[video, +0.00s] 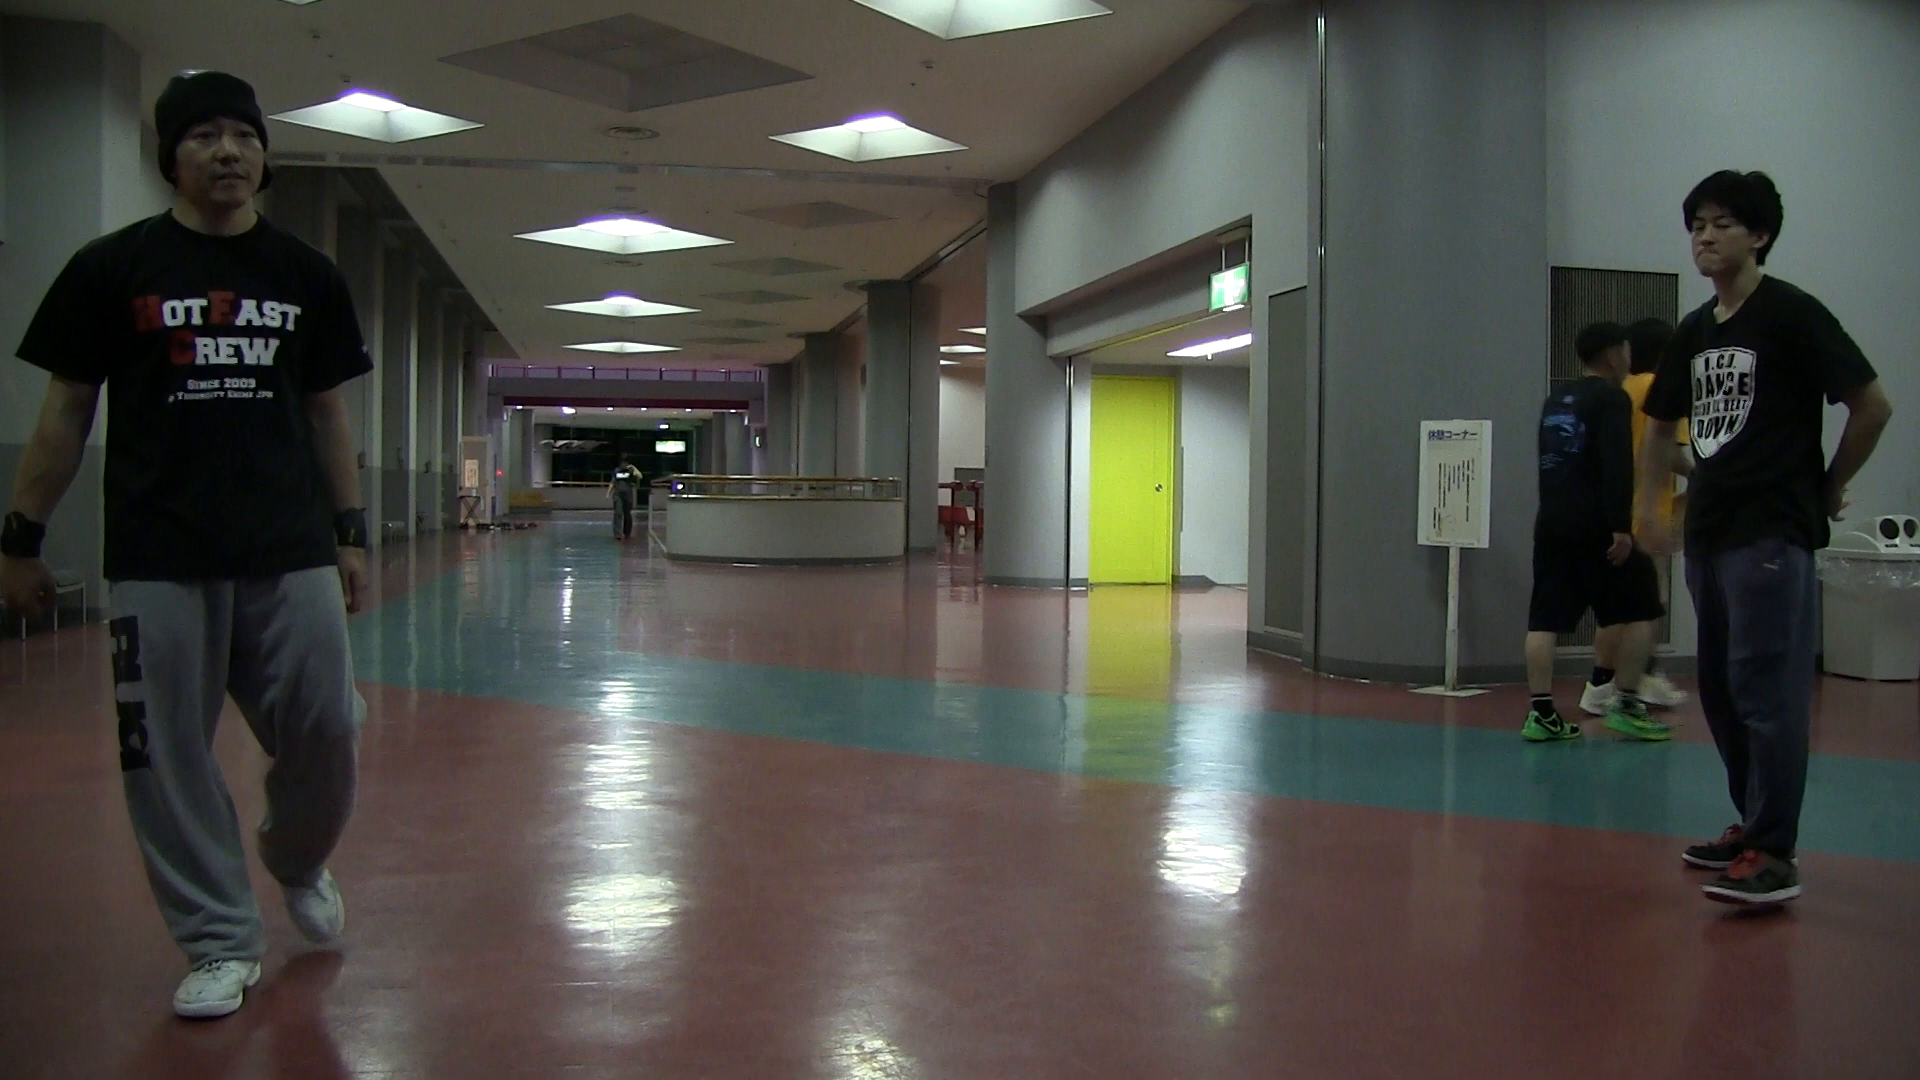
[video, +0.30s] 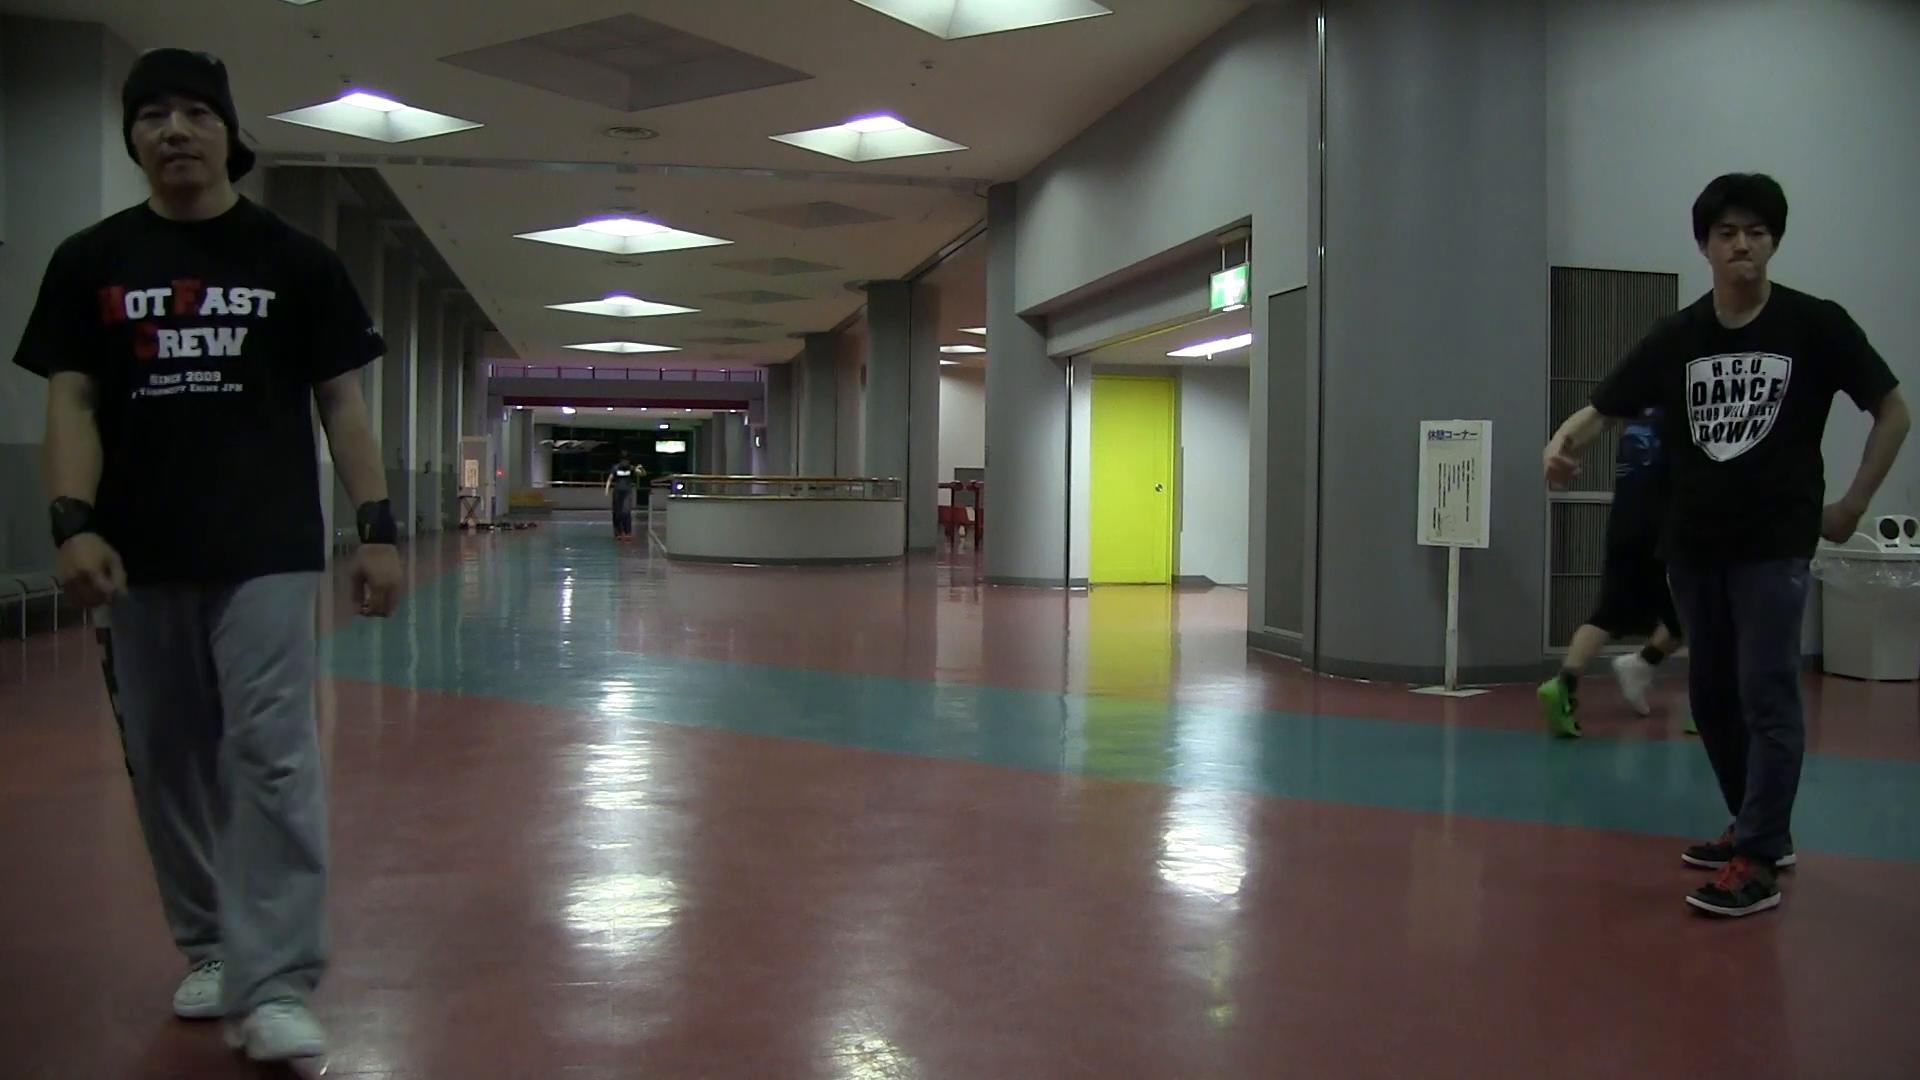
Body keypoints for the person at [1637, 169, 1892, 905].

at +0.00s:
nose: (1705, 236)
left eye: (1722, 223)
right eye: (1697, 225)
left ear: (1759, 235)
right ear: (1692, 239)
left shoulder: (1795, 313)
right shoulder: (1693, 331)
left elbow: (1873, 407)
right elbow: (1660, 430)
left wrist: (1835, 482)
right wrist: (1654, 501)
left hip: (1776, 528)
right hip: (1710, 529)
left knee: (1768, 690)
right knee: (1721, 686)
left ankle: (1774, 856)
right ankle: (1753, 825)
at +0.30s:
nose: (1742, 244)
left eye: (1756, 231)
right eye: (1728, 232)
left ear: (1776, 242)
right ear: (1704, 243)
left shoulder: (1818, 327)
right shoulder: (1677, 336)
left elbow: (1894, 412)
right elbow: (1602, 410)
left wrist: (1852, 504)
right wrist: (1562, 442)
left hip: (1775, 540)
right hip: (1693, 543)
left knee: (1766, 694)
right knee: (1713, 693)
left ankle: (1759, 863)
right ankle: (1754, 829)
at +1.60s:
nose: (1677, 286)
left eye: (1690, 269)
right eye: (1664, 275)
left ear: (1726, 267)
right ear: (1655, 283)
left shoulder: (1784, 336)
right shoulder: (1660, 372)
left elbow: (1773, 450)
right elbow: (1683, 469)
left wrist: (1669, 470)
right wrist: (1667, 502)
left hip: (1796, 539)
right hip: (1715, 543)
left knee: (1769, 686)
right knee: (1697, 696)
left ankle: (1761, 862)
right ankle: (1737, 812)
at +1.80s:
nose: (1672, 291)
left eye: (1685, 275)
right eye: (1658, 280)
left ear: (1720, 275)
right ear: (1649, 290)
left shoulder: (1777, 342)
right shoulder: (1657, 380)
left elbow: (1760, 453)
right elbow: (1677, 471)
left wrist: (1659, 480)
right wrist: (1676, 506)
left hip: (1802, 546)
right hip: (1720, 550)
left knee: (1777, 699)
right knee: (1701, 697)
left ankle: (1759, 864)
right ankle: (1714, 806)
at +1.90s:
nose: (1665, 292)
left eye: (1680, 276)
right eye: (1653, 281)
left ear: (1716, 276)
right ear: (1644, 290)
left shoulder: (1774, 343)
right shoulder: (1656, 382)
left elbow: (1764, 456)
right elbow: (1681, 478)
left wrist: (1665, 495)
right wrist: (1672, 520)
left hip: (1800, 544)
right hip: (1719, 547)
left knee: (1770, 692)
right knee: (1692, 695)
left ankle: (1758, 863)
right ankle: (1712, 807)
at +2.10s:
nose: (1633, 268)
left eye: (1643, 254)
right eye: (1634, 254)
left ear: (1686, 261)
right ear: (1677, 264)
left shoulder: (1757, 334)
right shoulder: (1671, 357)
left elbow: (1771, 457)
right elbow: (1689, 464)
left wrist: (1761, 565)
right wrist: (1669, 554)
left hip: (1782, 552)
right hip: (1712, 550)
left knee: (1762, 704)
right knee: (1674, 696)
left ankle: (1756, 863)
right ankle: (1737, 812)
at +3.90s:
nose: (1583, 228)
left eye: (1600, 217)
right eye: (1572, 215)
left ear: (1625, 233)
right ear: (1556, 227)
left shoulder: (1645, 324)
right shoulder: (1524, 311)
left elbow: (1640, 434)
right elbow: (1489, 405)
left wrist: (1547, 471)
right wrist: (1505, 453)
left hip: (1589, 528)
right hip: (1515, 518)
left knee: (1581, 685)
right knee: (1486, 676)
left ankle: (1564, 826)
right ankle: (1467, 813)